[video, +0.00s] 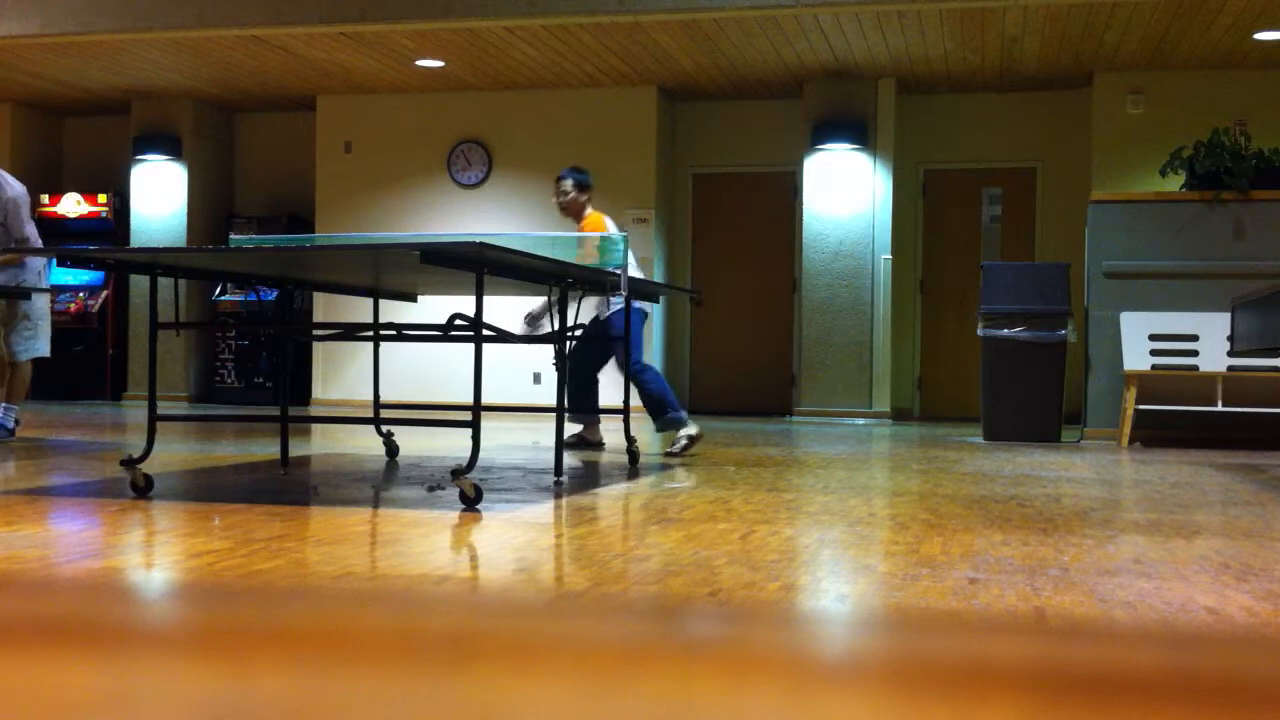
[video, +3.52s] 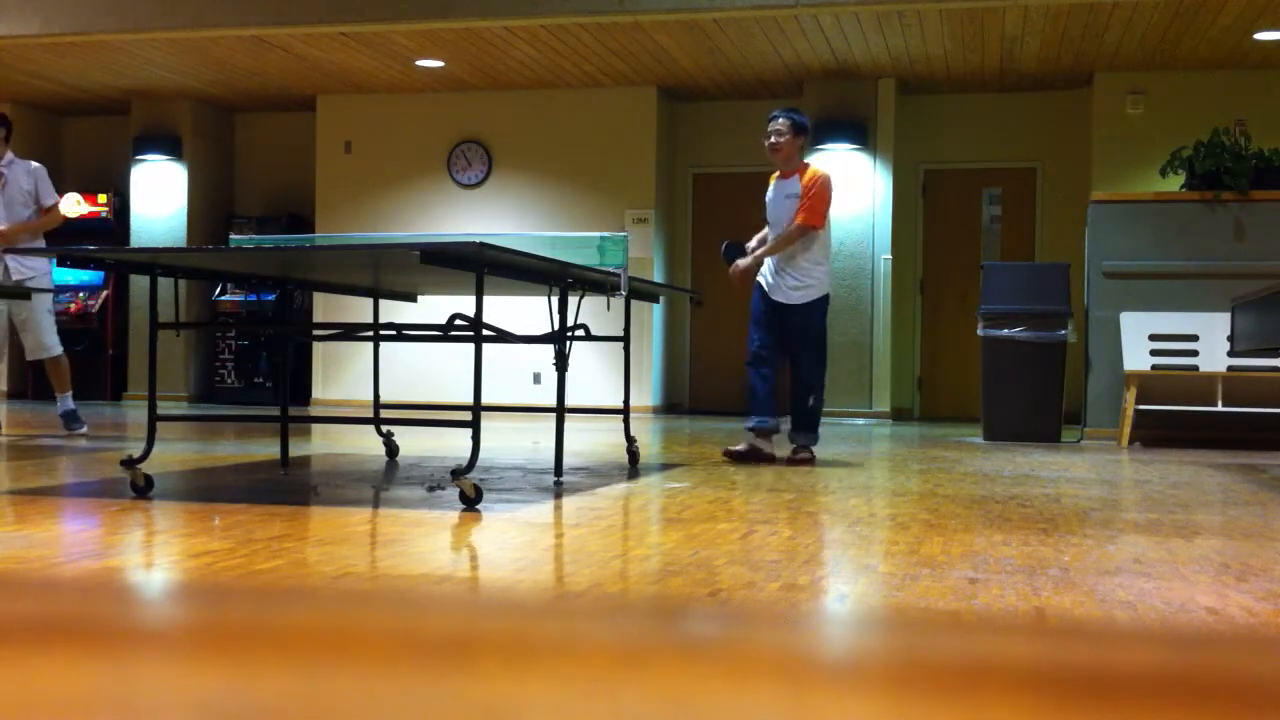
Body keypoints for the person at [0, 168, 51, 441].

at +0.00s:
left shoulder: (12, 191)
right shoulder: (10, 191)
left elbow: (26, 247)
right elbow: (23, 247)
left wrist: (3, 259)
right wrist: (7, 258)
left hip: (26, 277)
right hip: (11, 277)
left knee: (20, 352)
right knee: (9, 353)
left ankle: (9, 418)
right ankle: (7, 415)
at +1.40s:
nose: (5, 143)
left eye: (11, 137)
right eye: (2, 137)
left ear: (32, 141)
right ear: (2, 141)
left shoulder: (57, 179)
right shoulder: (3, 181)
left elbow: (75, 228)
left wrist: (29, 226)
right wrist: (6, 229)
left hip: (52, 281)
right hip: (11, 280)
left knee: (61, 353)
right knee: (3, 350)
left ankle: (60, 416)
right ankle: (1, 413)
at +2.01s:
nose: (22, 171)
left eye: (28, 165)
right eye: (17, 166)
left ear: (45, 167)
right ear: (13, 169)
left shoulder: (66, 198)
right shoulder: (7, 201)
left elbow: (78, 232)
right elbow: (0, 230)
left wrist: (73, 250)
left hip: (63, 287)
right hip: (15, 289)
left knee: (80, 349)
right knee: (2, 350)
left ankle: (89, 414)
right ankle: (0, 413)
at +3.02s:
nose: (1, 151)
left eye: (4, 145)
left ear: (23, 146)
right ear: (6, 149)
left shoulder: (58, 181)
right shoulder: (3, 191)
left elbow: (88, 224)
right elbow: (6, 240)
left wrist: (53, 243)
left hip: (65, 284)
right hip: (20, 284)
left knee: (85, 353)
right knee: (2, 352)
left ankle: (94, 416)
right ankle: (0, 416)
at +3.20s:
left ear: (5, 142)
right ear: (4, 142)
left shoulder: (38, 177)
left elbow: (68, 218)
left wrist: (29, 243)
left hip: (49, 283)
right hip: (7, 283)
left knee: (75, 351)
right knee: (2, 358)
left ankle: (90, 413)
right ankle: (3, 423)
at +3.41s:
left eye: (0, 132)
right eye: (0, 133)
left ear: (5, 135)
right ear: (5, 136)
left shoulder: (29, 171)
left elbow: (58, 213)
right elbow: (54, 213)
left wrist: (19, 234)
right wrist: (20, 236)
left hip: (37, 274)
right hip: (4, 276)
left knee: (59, 346)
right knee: (1, 356)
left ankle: (76, 408)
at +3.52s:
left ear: (5, 134)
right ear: (3, 135)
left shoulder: (31, 171)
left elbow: (55, 216)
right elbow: (50, 216)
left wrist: (14, 232)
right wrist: (14, 234)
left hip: (30, 273)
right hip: (2, 273)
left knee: (47, 344)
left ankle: (66, 406)